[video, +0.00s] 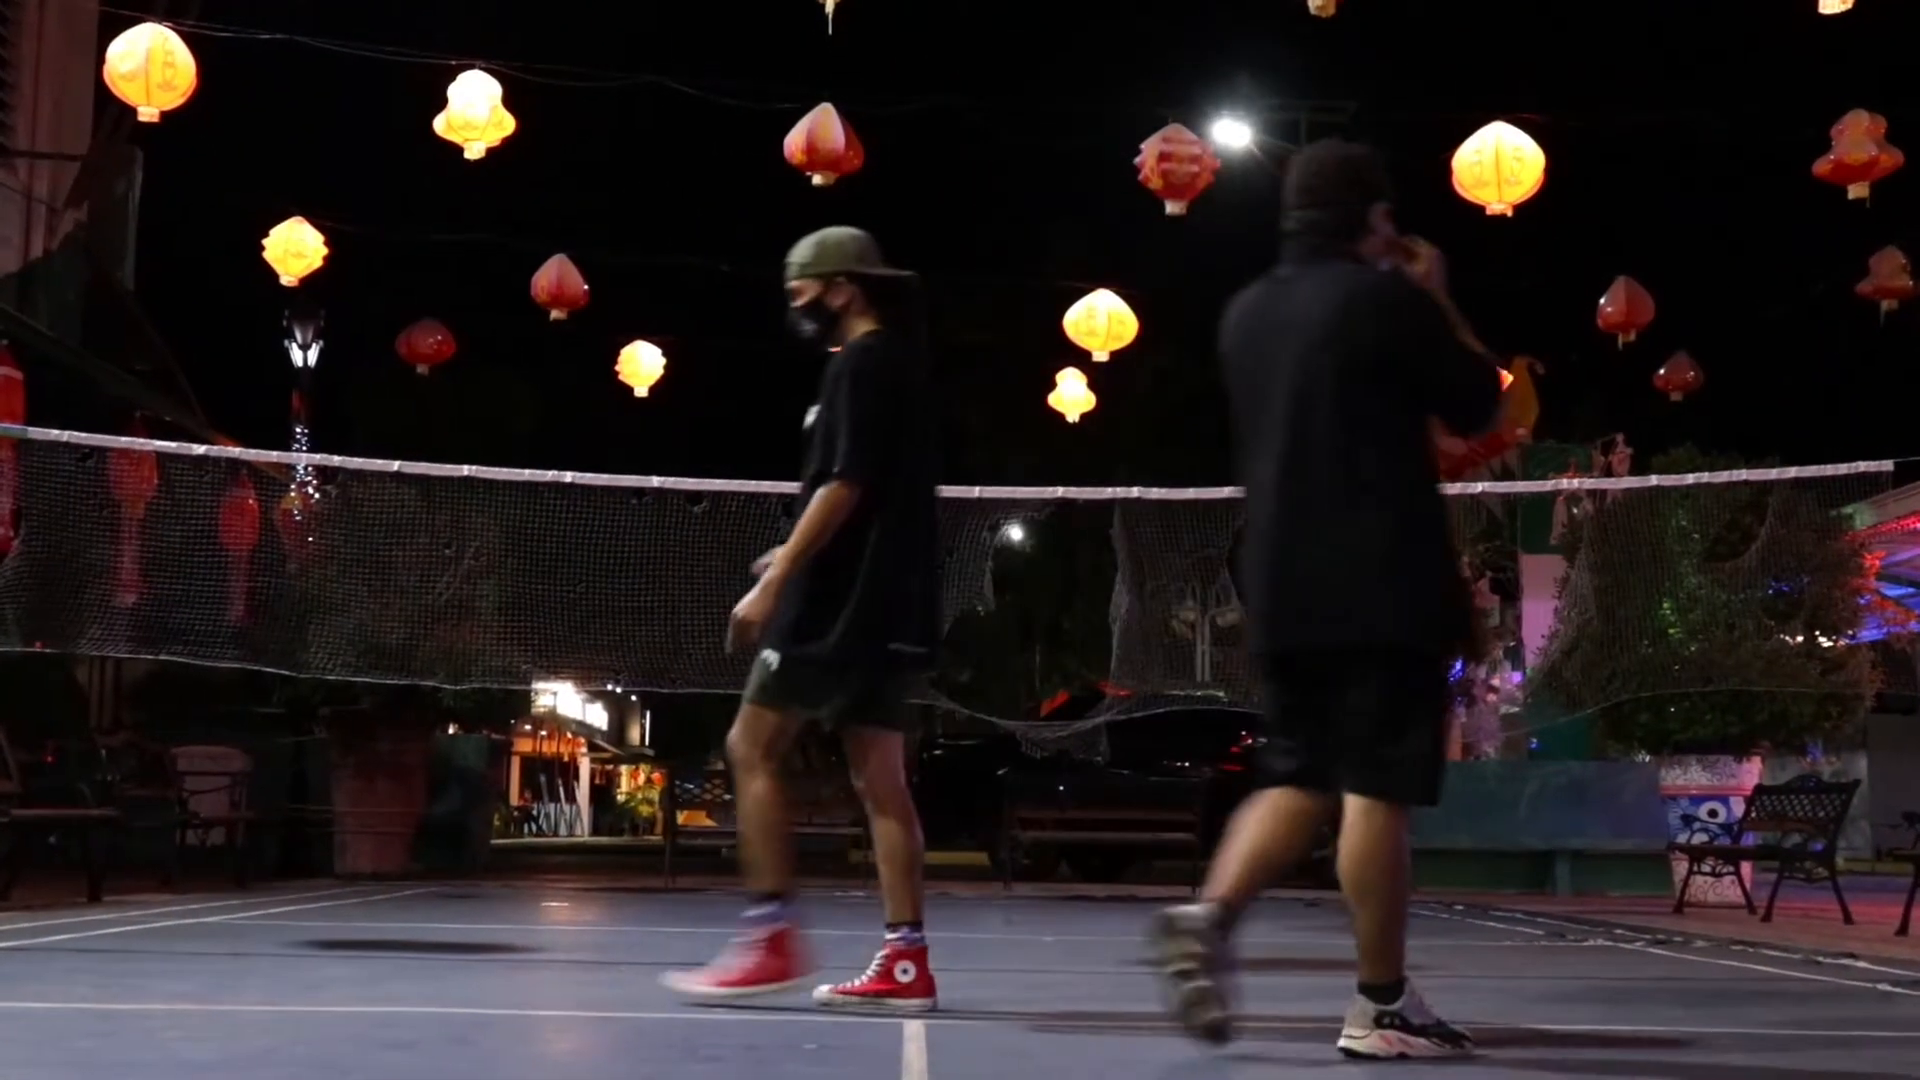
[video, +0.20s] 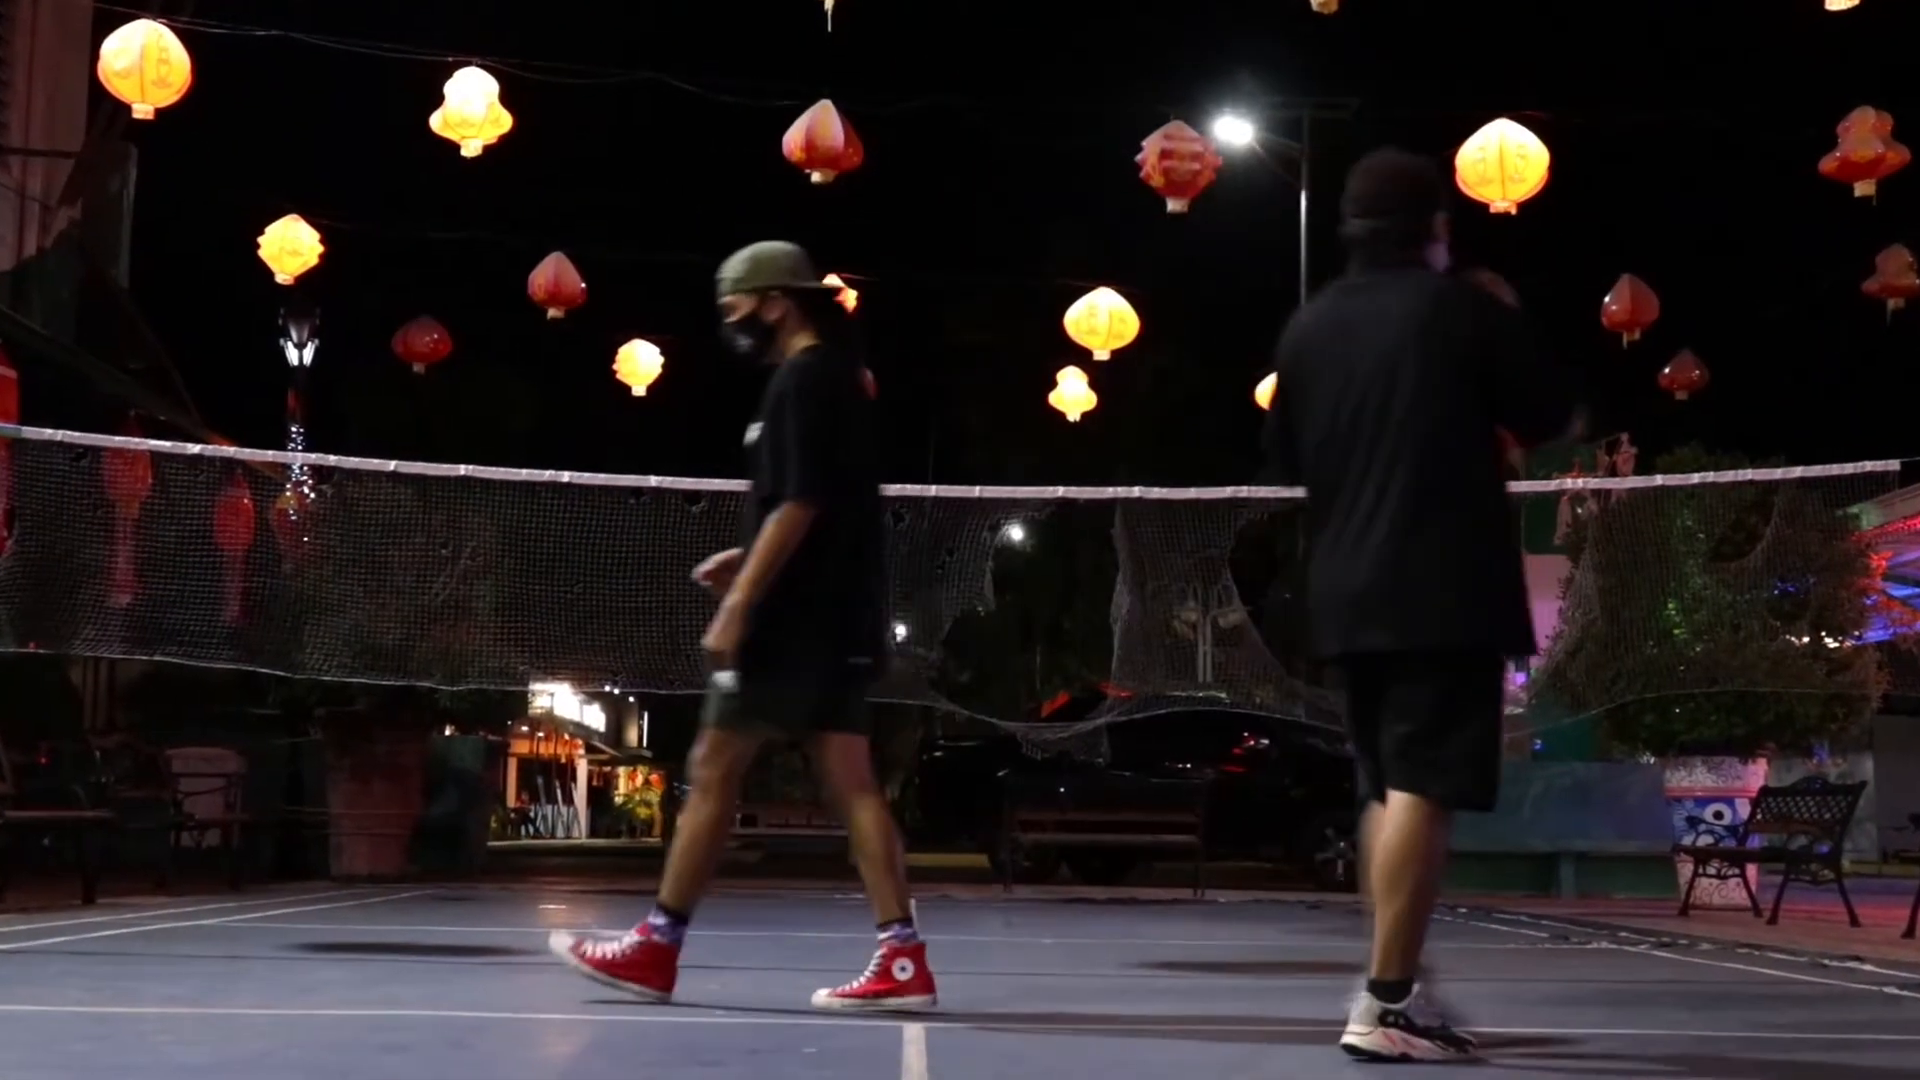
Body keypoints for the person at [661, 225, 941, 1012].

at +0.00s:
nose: (795, 301)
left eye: (803, 288)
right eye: (794, 290)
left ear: (842, 286)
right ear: (853, 290)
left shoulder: (860, 363)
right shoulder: (898, 361)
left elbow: (846, 485)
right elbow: (861, 489)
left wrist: (771, 581)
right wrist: (787, 569)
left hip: (835, 601)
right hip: (892, 603)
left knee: (752, 746)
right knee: (882, 781)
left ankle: (770, 938)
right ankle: (905, 955)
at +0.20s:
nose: (729, 320)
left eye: (736, 306)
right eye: (728, 307)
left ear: (776, 302)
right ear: (783, 305)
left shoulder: (802, 380)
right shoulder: (830, 376)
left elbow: (798, 506)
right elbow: (821, 505)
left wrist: (735, 606)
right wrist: (747, 557)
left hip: (784, 617)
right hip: (837, 617)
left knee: (712, 769)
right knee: (854, 783)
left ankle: (655, 945)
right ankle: (902, 953)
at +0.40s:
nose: (664, 325)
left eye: (671, 310)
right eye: (663, 312)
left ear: (707, 305)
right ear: (722, 307)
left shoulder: (725, 386)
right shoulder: (769, 380)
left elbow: (716, 512)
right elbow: (755, 505)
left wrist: (627, 581)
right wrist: (672, 528)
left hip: (703, 621)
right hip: (763, 619)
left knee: (643, 773)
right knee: (765, 778)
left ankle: (635, 955)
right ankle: (868, 926)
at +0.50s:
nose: (631, 326)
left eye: (636, 311)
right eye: (630, 313)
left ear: (669, 305)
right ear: (692, 306)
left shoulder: (680, 387)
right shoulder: (734, 380)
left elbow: (646, 501)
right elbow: (704, 497)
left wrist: (551, 505)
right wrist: (617, 462)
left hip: (655, 623)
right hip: (715, 619)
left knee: (620, 775)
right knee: (684, 773)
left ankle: (632, 956)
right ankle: (804, 884)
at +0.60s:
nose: (613, 329)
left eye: (615, 316)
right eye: (611, 318)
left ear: (647, 304)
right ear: (669, 305)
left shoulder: (665, 377)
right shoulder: (717, 372)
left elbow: (584, 472)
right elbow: (666, 467)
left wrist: (518, 416)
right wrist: (605, 402)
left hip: (638, 612)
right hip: (692, 610)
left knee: (611, 771)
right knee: (651, 771)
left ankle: (631, 958)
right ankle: (752, 887)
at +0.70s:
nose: (590, 337)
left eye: (590, 323)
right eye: (585, 327)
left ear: (613, 306)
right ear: (642, 304)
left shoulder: (621, 371)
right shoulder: (691, 370)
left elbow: (518, 423)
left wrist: (526, 327)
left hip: (604, 603)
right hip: (649, 600)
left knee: (607, 779)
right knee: (593, 768)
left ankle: (629, 956)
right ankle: (646, 929)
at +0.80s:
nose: (571, 337)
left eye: (573, 324)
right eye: (568, 325)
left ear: (592, 310)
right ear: (629, 305)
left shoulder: (608, 368)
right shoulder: (670, 371)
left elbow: (496, 410)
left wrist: (526, 315)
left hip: (590, 602)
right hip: (627, 600)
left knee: (601, 779)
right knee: (555, 759)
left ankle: (628, 957)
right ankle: (570, 934)